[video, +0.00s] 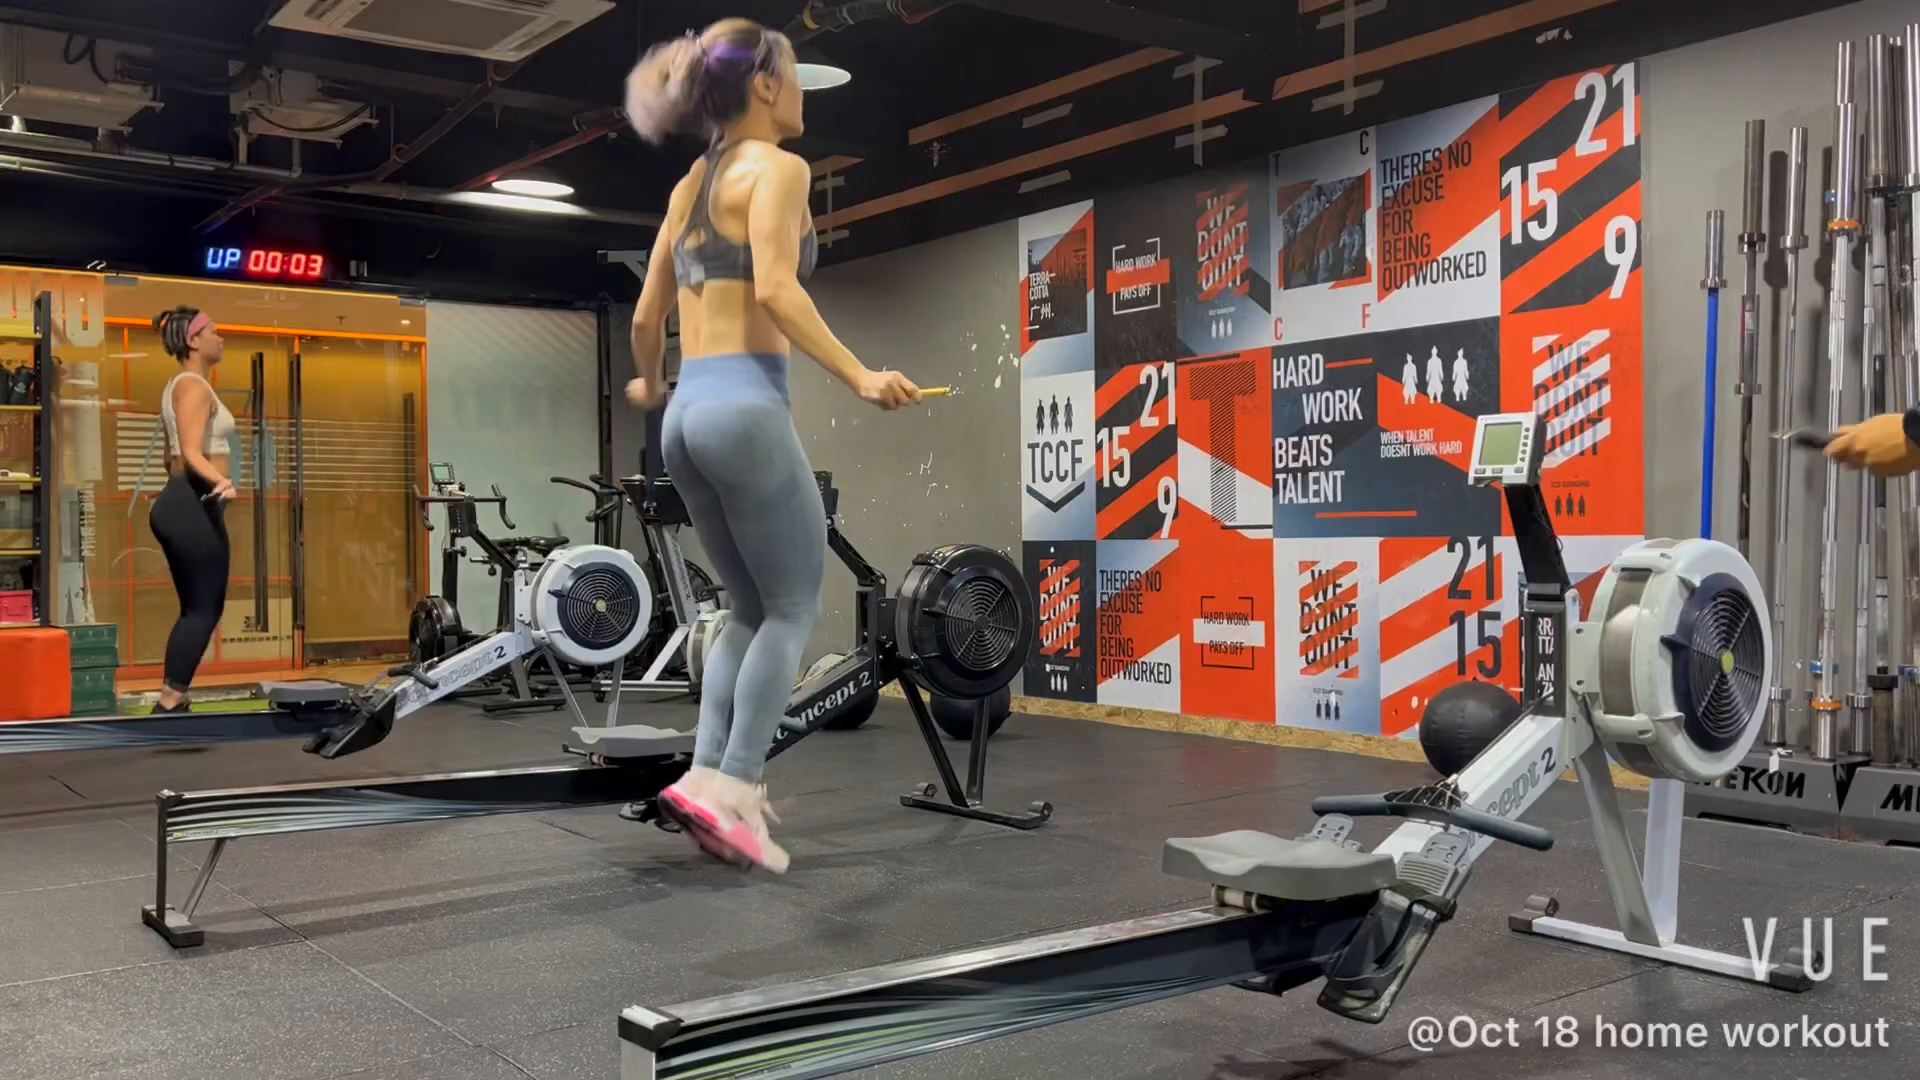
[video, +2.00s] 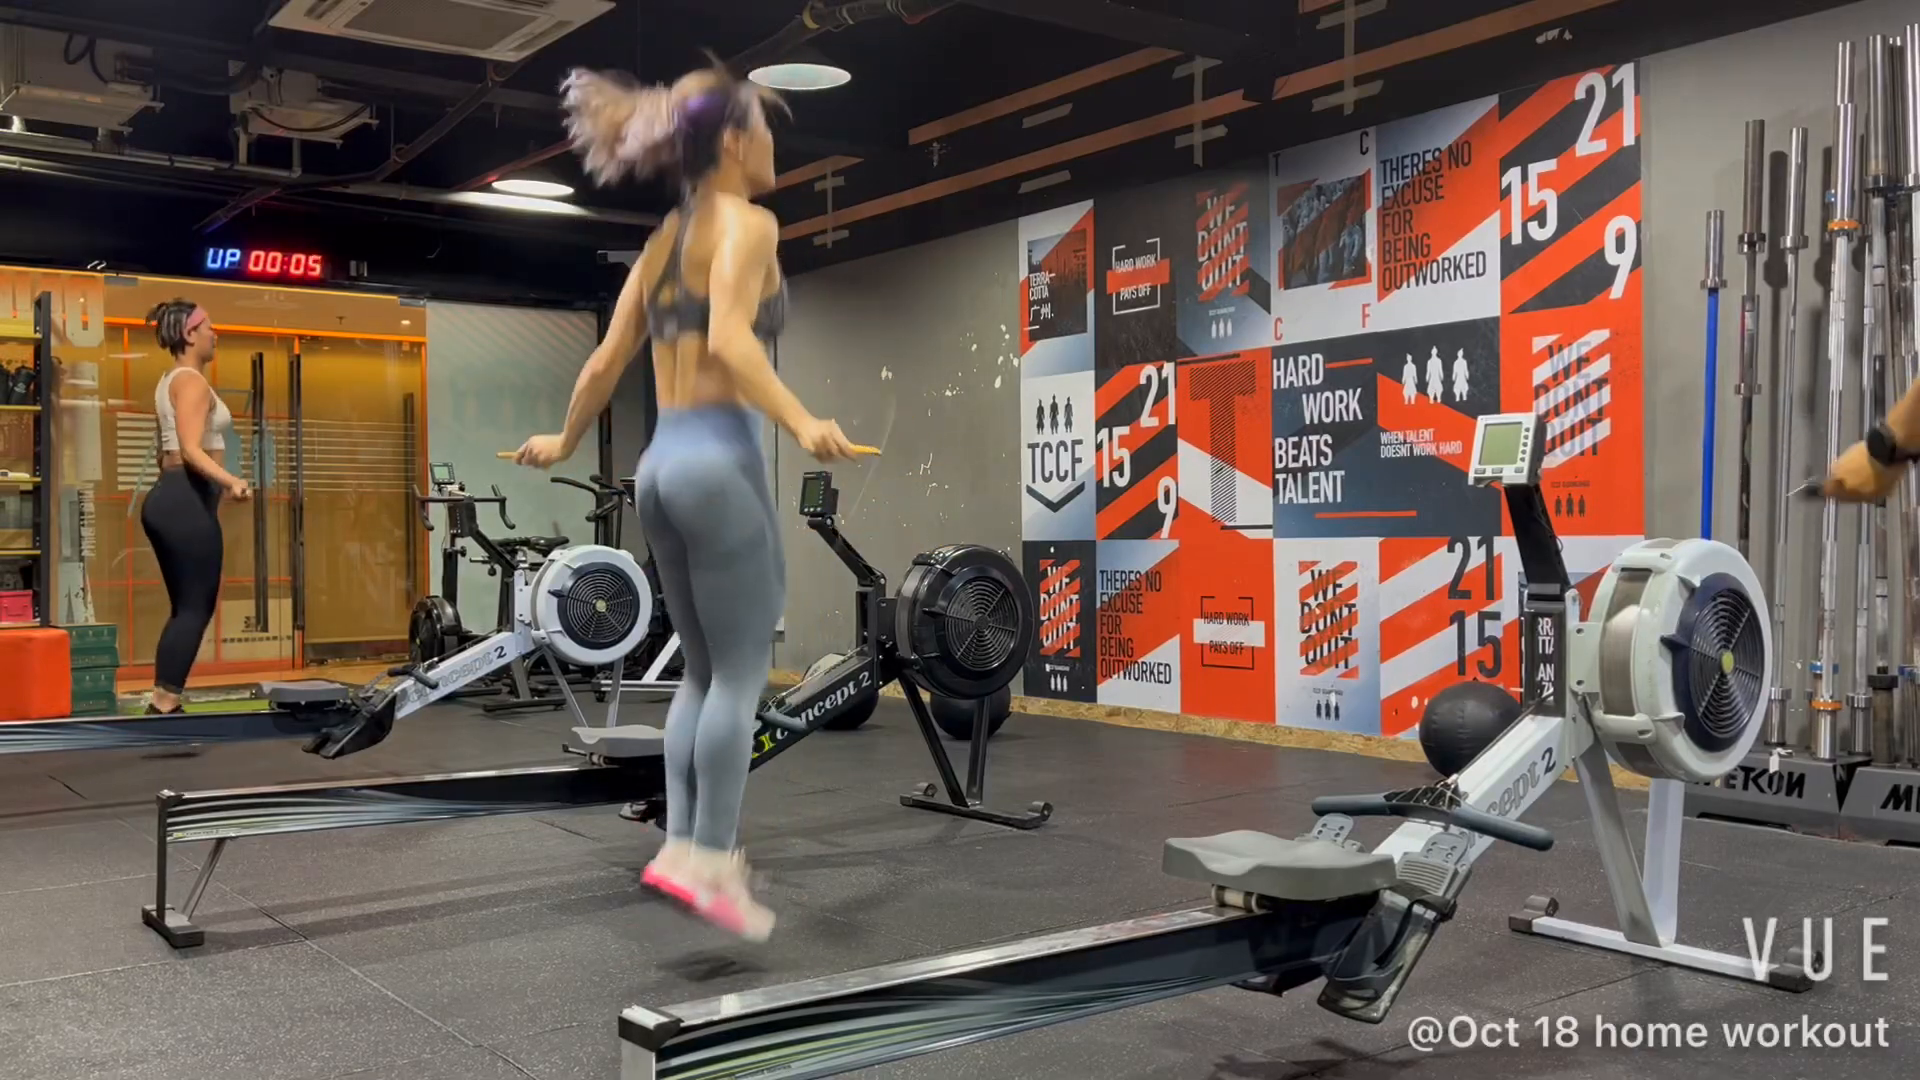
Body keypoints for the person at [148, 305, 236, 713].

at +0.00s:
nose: (221, 336)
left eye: (217, 329)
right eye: (213, 331)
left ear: (191, 343)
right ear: (194, 342)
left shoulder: (179, 385)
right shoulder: (193, 385)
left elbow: (174, 460)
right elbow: (190, 453)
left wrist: (207, 484)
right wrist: (220, 481)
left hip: (179, 501)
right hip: (190, 503)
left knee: (196, 608)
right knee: (205, 607)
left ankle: (173, 697)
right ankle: (172, 698)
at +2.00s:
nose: (215, 331)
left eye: (211, 324)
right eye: (207, 325)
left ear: (183, 337)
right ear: (190, 335)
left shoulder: (172, 380)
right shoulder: (191, 381)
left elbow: (178, 454)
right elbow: (189, 450)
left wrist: (225, 482)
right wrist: (229, 480)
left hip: (169, 495)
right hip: (184, 497)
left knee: (187, 606)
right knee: (197, 606)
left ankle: (164, 699)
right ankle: (166, 702)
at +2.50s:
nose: (226, 360)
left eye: (223, 352)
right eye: (221, 352)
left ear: (196, 359)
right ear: (204, 357)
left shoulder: (181, 406)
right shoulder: (201, 406)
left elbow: (195, 476)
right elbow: (210, 474)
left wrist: (244, 497)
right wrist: (262, 498)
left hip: (185, 523)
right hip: (202, 524)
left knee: (210, 631)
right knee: (221, 632)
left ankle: (178, 717)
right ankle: (181, 719)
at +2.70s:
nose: (228, 336)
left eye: (225, 329)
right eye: (222, 331)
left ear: (196, 339)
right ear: (203, 337)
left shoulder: (182, 384)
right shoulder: (206, 382)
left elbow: (177, 459)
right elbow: (209, 449)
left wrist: (191, 497)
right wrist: (241, 489)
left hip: (191, 494)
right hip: (210, 494)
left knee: (207, 606)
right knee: (221, 605)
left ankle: (187, 701)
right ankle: (192, 704)